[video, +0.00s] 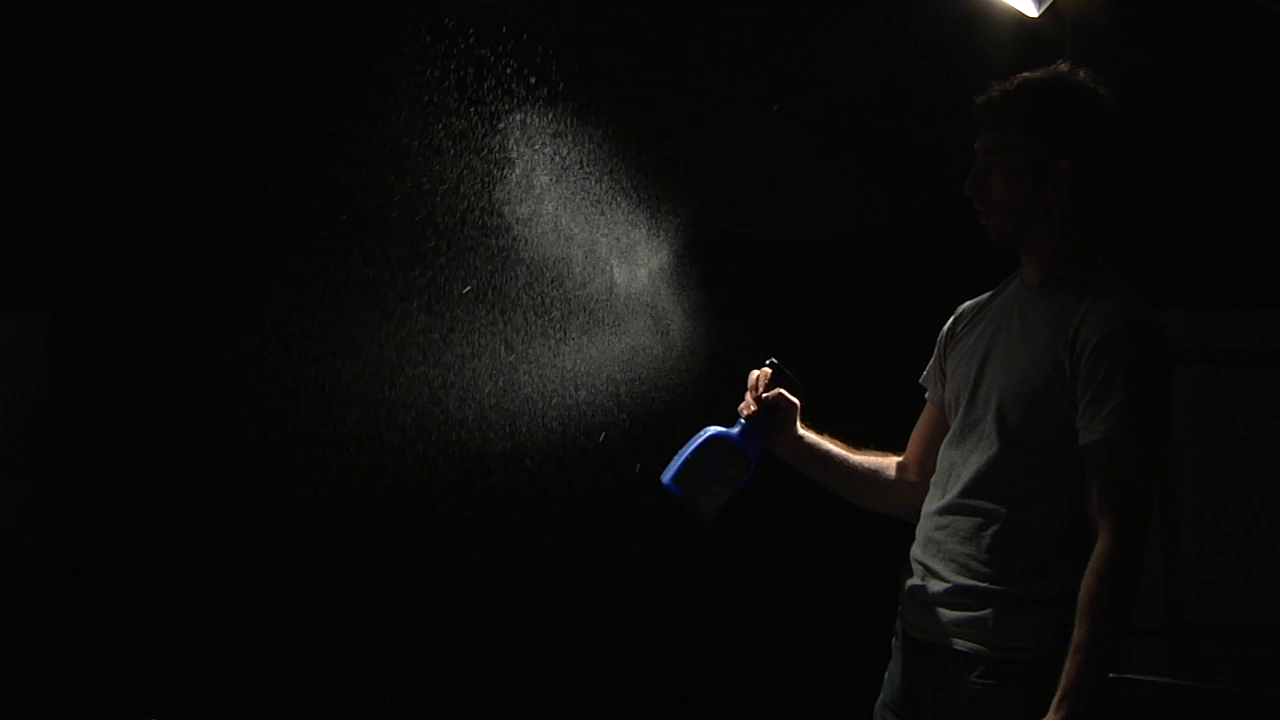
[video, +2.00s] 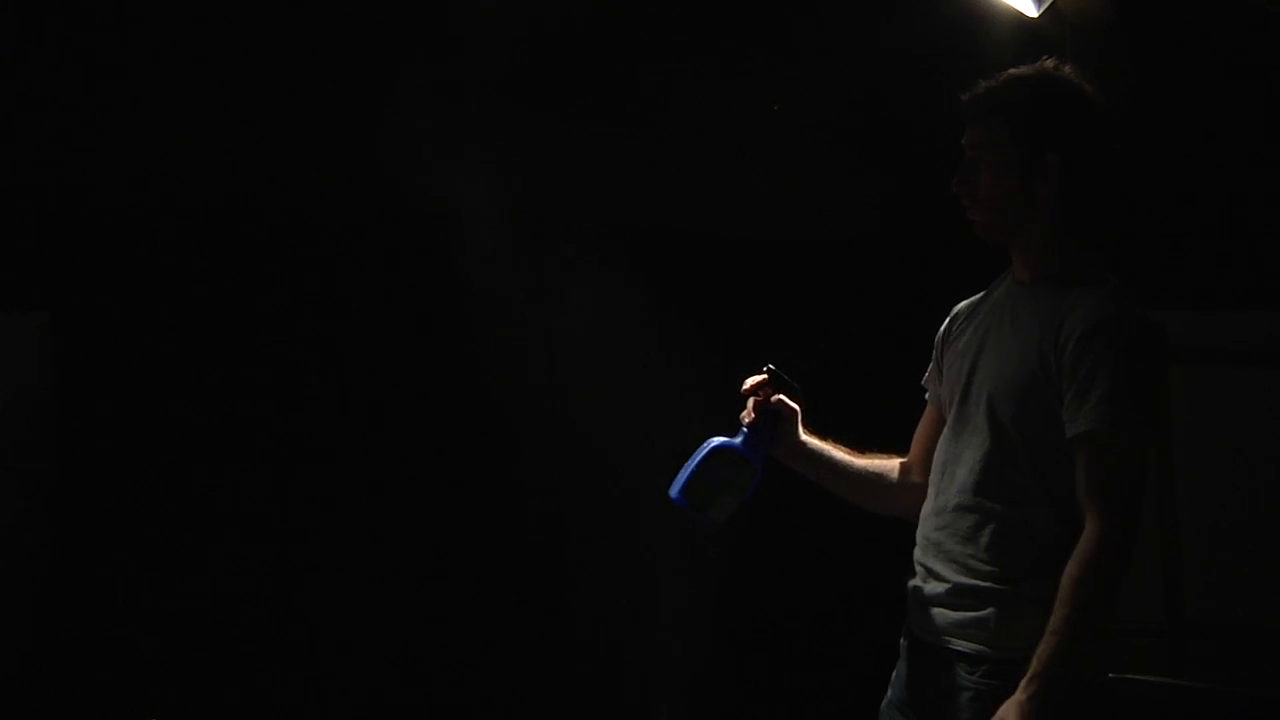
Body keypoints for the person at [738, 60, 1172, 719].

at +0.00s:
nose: (974, 182)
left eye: (996, 163)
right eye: (978, 162)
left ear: (1054, 177)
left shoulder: (1107, 325)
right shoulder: (970, 321)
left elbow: (1120, 531)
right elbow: (912, 482)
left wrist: (1070, 699)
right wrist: (793, 435)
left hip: (1016, 657)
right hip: (921, 640)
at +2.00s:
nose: (963, 180)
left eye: (983, 159)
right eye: (967, 159)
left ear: (1044, 171)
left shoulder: (1097, 323)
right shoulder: (966, 321)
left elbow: (1108, 526)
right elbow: (914, 485)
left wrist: (1035, 692)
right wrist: (797, 443)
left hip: (1011, 668)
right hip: (925, 648)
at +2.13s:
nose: (1122, 324)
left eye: (1145, 306)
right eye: (1123, 305)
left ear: (1202, 319)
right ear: (1121, 320)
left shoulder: (1258, 459)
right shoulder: (1088, 456)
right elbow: (930, 520)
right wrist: (806, 453)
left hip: (1233, 699)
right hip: (1117, 700)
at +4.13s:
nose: (1119, 316)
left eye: (1142, 299)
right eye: (1123, 297)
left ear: (1202, 319)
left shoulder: (1258, 459)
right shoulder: (1088, 456)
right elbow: (933, 519)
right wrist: (811, 449)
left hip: (1233, 702)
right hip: (1118, 702)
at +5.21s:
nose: (1121, 330)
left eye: (1143, 312)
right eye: (1125, 312)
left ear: (1199, 330)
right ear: (1125, 332)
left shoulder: (1256, 463)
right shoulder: (1087, 468)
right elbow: (933, 531)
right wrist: (814, 460)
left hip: (1238, 700)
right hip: (1121, 702)